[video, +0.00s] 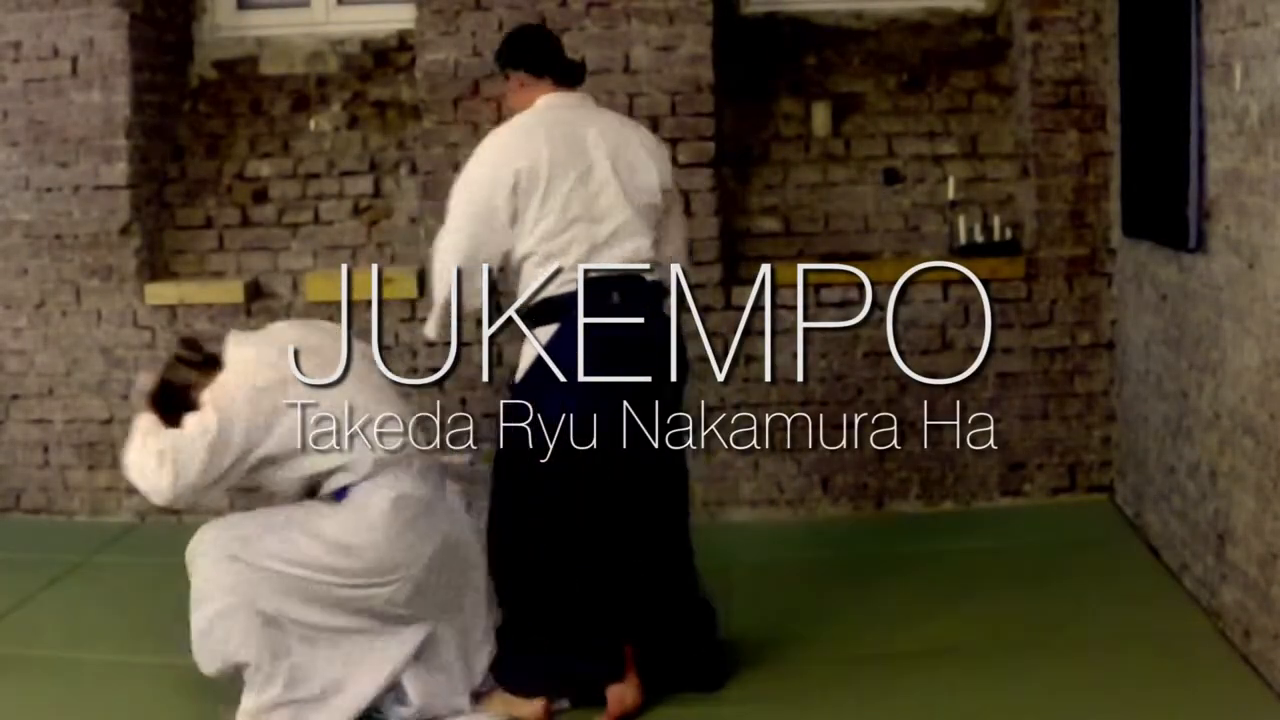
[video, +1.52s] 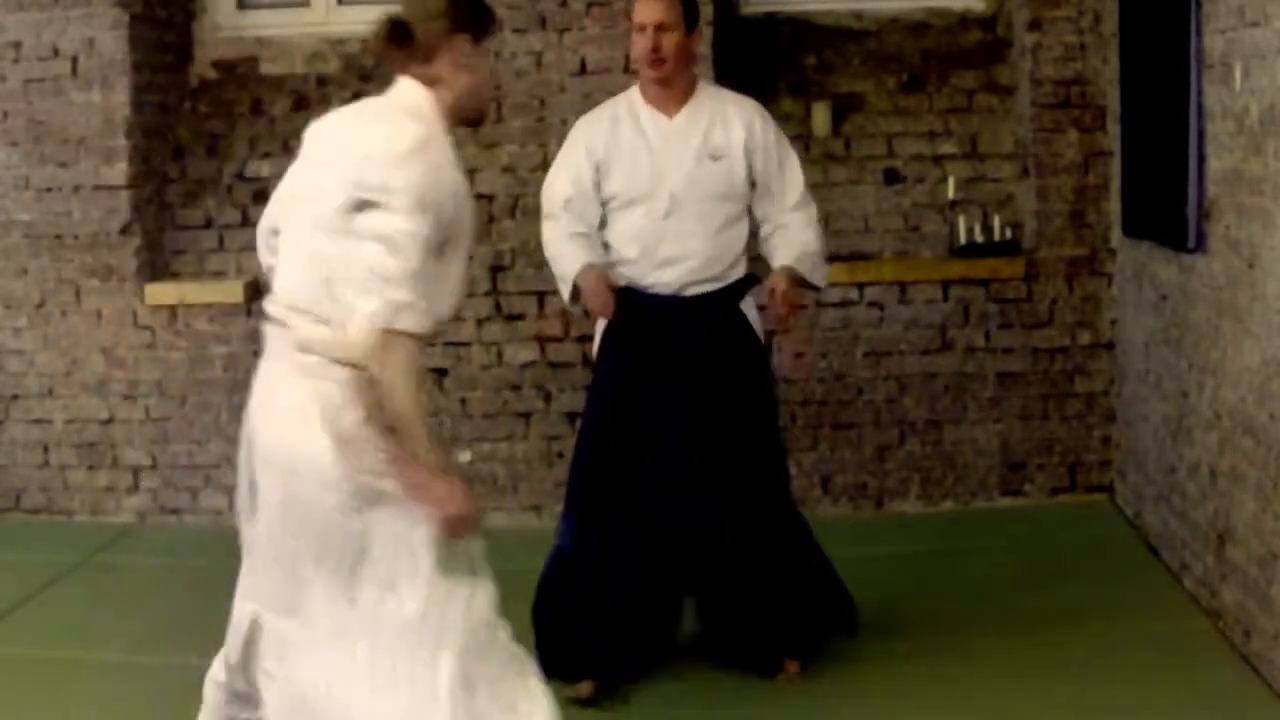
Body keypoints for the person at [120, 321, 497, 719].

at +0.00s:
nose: (200, 425)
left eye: (192, 418)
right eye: (191, 421)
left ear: (191, 400)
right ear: (207, 355)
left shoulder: (239, 391)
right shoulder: (304, 334)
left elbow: (167, 480)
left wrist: (144, 416)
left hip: (386, 526)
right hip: (454, 522)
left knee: (219, 549)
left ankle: (286, 693)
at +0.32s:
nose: (87, 322)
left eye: (77, 307)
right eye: (75, 313)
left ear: (93, 274)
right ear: (102, 262)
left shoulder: (156, 268)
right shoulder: (172, 254)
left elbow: (207, 363)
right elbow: (221, 357)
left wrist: (149, 432)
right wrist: (177, 432)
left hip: (283, 428)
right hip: (326, 409)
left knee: (187, 568)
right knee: (352, 568)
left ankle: (286, 695)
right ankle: (505, 620)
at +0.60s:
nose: (57, 170)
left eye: (64, 152)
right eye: (49, 157)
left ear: (103, 128)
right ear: (94, 136)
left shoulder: (166, 163)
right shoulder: (114, 190)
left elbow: (246, 236)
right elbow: (173, 265)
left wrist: (173, 318)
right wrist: (143, 318)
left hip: (265, 356)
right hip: (219, 358)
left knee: (219, 514)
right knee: (192, 512)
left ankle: (274, 680)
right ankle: (234, 657)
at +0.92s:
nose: (173, 108)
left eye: (185, 93)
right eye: (160, 92)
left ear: (199, 96)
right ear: (130, 93)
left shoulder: (250, 160)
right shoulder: (111, 170)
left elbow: (334, 240)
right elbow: (100, 260)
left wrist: (268, 319)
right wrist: (94, 331)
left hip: (243, 385)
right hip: (156, 385)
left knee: (225, 556)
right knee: (153, 537)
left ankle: (199, 706)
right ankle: (157, 669)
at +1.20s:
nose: (329, 72)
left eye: (333, 55)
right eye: (319, 52)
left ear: (279, 50)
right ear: (263, 46)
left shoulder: (329, 145)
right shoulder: (165, 141)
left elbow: (363, 234)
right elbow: (99, 260)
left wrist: (366, 292)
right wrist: (160, 343)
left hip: (302, 396)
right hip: (200, 395)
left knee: (297, 603)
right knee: (189, 603)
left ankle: (285, 713)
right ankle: (110, 708)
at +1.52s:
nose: (490, 74)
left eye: (487, 54)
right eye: (482, 53)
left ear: (411, 54)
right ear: (448, 53)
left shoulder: (335, 127)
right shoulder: (423, 162)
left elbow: (272, 251)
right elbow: (386, 339)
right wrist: (432, 472)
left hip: (280, 396)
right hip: (346, 411)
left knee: (295, 606)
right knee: (412, 612)